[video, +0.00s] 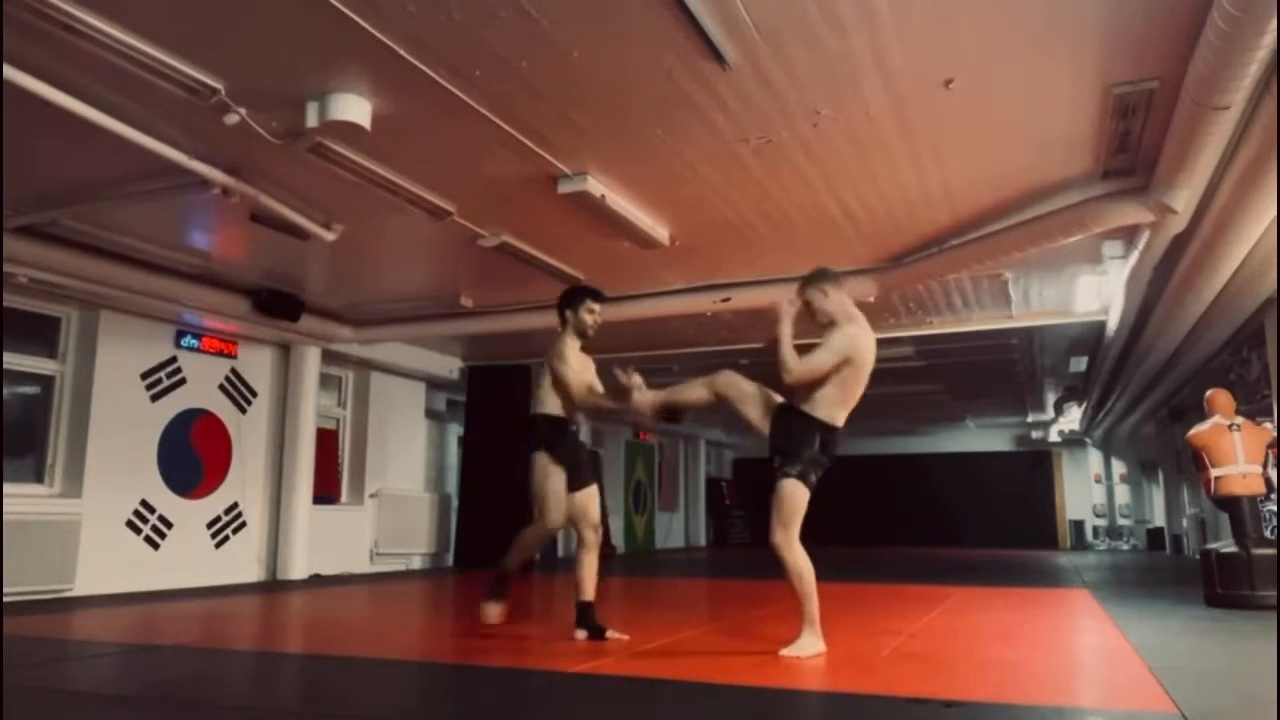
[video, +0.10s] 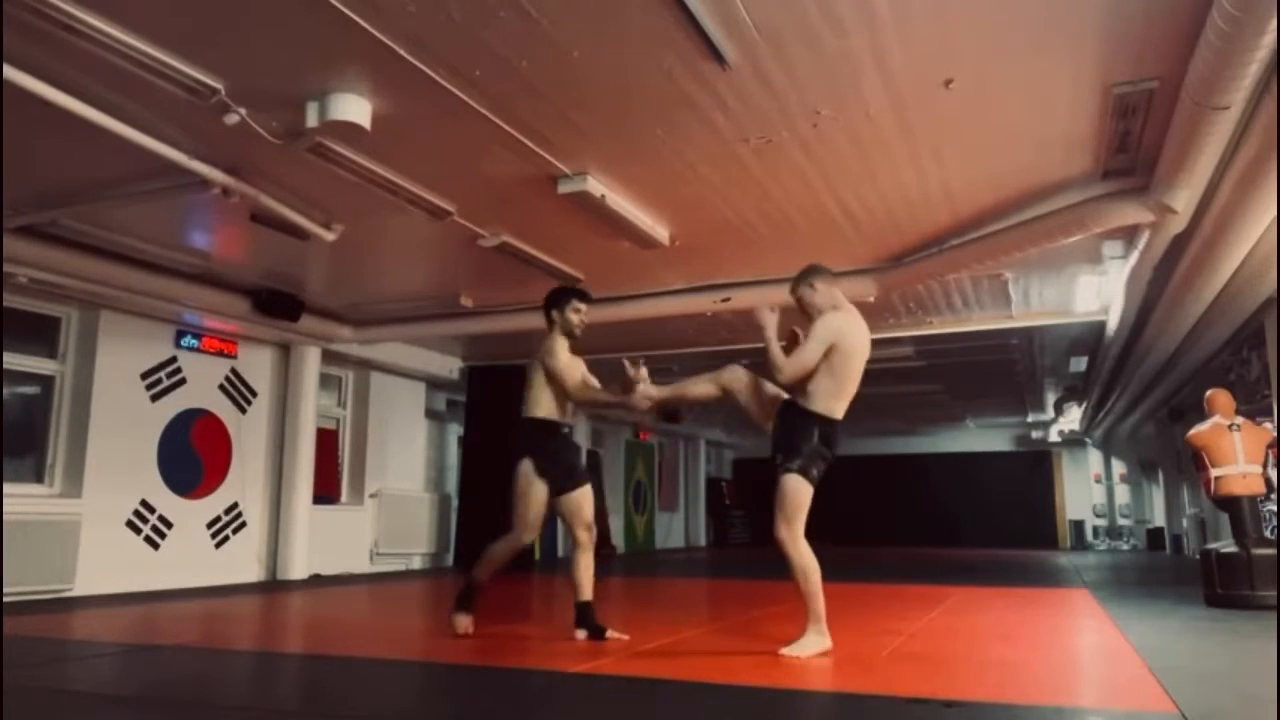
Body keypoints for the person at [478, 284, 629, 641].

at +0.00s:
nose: (596, 319)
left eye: (598, 313)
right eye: (590, 312)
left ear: (596, 318)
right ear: (569, 313)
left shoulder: (586, 359)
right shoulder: (560, 349)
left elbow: (598, 398)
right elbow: (580, 400)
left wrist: (628, 399)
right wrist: (628, 408)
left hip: (574, 441)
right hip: (547, 437)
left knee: (590, 531)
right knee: (549, 522)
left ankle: (586, 618)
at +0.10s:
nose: (582, 319)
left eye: (584, 313)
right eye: (576, 312)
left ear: (581, 317)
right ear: (556, 314)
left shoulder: (575, 358)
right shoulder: (552, 347)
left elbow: (600, 389)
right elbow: (575, 390)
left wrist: (631, 386)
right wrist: (623, 400)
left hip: (565, 445)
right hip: (536, 441)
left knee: (584, 533)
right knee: (524, 534)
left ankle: (586, 618)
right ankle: (466, 597)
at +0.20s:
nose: (572, 320)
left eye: (574, 314)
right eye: (565, 312)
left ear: (571, 319)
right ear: (544, 314)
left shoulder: (570, 364)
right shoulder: (533, 349)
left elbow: (589, 400)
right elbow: (552, 390)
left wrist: (623, 384)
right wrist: (607, 398)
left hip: (556, 447)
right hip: (521, 443)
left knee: (578, 534)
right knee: (500, 533)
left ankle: (584, 619)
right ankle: (463, 607)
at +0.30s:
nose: (560, 322)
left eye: (563, 316)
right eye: (554, 314)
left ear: (560, 320)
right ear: (533, 315)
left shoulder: (560, 364)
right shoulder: (514, 348)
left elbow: (573, 411)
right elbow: (513, 392)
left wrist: (605, 393)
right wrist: (564, 397)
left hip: (545, 448)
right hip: (507, 446)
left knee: (566, 534)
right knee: (488, 534)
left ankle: (584, 618)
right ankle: (465, 612)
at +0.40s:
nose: (548, 321)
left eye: (550, 315)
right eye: (542, 314)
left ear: (549, 320)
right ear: (520, 315)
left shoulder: (549, 365)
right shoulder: (497, 349)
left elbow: (553, 413)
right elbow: (486, 392)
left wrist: (586, 404)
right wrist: (522, 391)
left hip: (534, 450)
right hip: (495, 447)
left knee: (559, 533)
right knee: (480, 534)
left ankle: (584, 617)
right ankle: (464, 616)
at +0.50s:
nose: (536, 319)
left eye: (539, 314)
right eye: (531, 312)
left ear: (538, 318)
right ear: (510, 312)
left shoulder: (539, 362)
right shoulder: (485, 348)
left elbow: (545, 409)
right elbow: (471, 393)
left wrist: (578, 399)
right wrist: (501, 380)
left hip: (525, 447)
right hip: (486, 444)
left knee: (556, 527)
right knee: (476, 532)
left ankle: (582, 612)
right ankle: (463, 617)